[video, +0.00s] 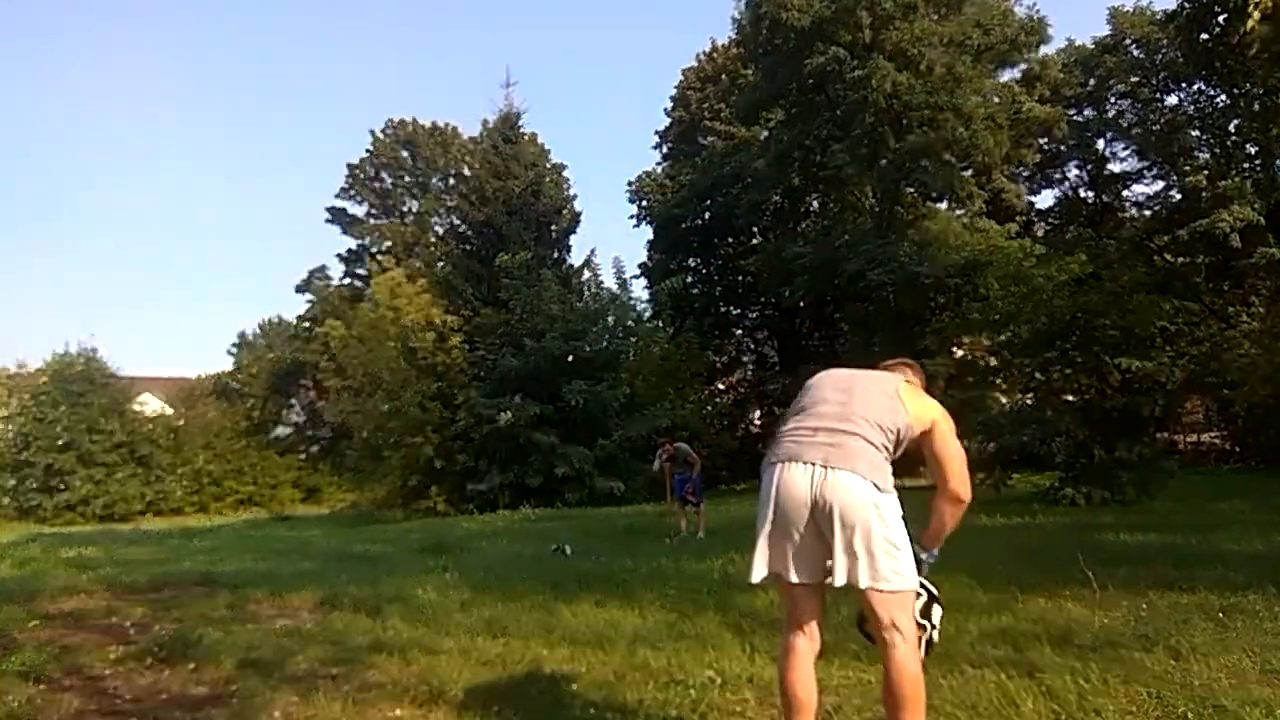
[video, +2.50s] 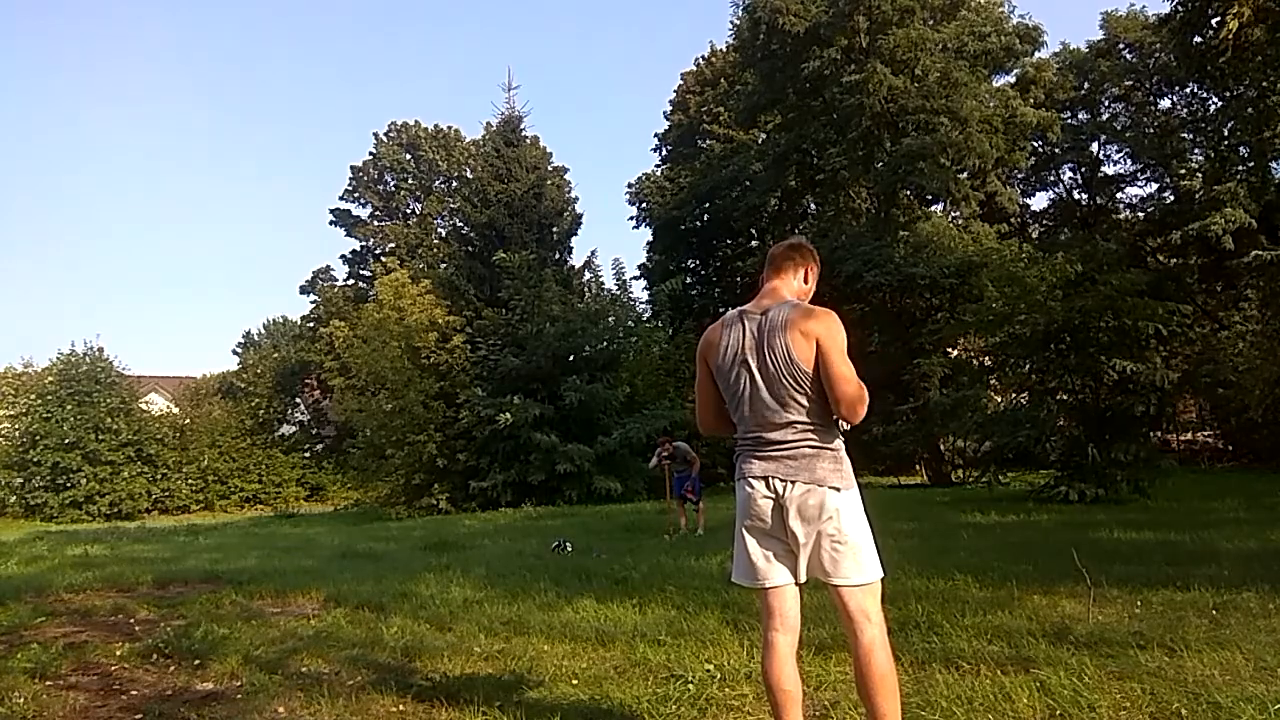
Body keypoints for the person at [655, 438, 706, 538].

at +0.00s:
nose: (666, 453)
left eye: (668, 450)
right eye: (664, 451)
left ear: (672, 446)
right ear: (662, 450)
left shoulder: (682, 448)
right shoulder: (661, 454)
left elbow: (697, 462)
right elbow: (655, 469)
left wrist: (693, 481)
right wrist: (660, 460)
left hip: (691, 473)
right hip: (678, 476)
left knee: (698, 504)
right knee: (680, 504)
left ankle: (701, 531)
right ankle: (683, 531)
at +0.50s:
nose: (667, 451)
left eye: (668, 448)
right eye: (665, 449)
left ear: (672, 444)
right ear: (662, 449)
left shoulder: (682, 447)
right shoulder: (661, 451)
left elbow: (696, 461)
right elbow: (655, 468)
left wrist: (692, 479)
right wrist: (660, 457)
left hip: (691, 472)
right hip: (678, 474)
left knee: (697, 502)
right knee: (679, 502)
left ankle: (700, 528)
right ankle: (683, 528)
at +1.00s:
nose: (666, 451)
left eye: (668, 448)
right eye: (664, 450)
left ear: (672, 445)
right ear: (662, 449)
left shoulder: (682, 447)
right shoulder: (661, 452)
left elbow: (696, 461)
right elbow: (655, 468)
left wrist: (692, 479)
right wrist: (660, 459)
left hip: (691, 472)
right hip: (678, 474)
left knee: (697, 501)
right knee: (679, 501)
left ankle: (700, 527)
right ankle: (683, 528)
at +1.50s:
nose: (666, 451)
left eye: (667, 449)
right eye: (664, 449)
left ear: (672, 445)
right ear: (661, 449)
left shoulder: (682, 447)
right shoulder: (660, 452)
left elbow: (696, 461)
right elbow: (655, 469)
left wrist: (692, 480)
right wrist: (661, 464)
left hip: (690, 472)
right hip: (677, 475)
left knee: (697, 501)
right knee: (679, 502)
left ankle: (700, 528)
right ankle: (683, 528)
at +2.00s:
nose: (667, 452)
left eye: (668, 449)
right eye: (664, 450)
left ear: (672, 445)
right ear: (661, 449)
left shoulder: (682, 447)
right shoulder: (660, 451)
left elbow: (696, 462)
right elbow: (653, 467)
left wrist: (692, 480)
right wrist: (660, 458)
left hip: (690, 473)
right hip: (677, 475)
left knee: (697, 501)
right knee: (679, 502)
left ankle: (700, 527)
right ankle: (683, 528)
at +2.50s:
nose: (667, 452)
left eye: (668, 449)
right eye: (664, 450)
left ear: (671, 446)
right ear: (661, 449)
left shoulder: (682, 447)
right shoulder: (660, 451)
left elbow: (696, 462)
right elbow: (650, 466)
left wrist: (692, 480)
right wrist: (659, 459)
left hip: (690, 473)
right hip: (677, 475)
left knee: (697, 501)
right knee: (679, 502)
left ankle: (700, 528)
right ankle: (683, 528)